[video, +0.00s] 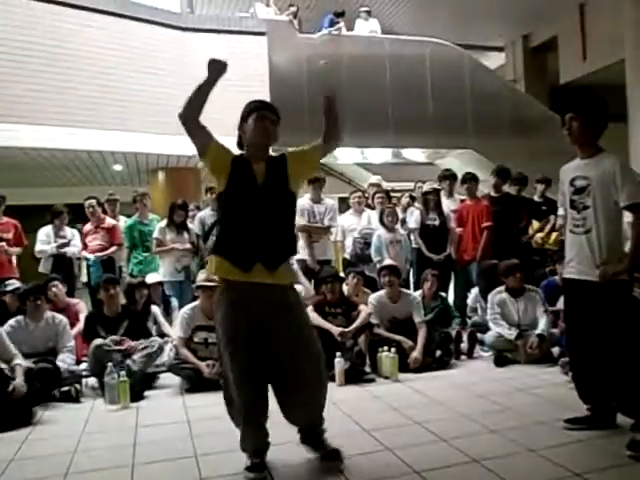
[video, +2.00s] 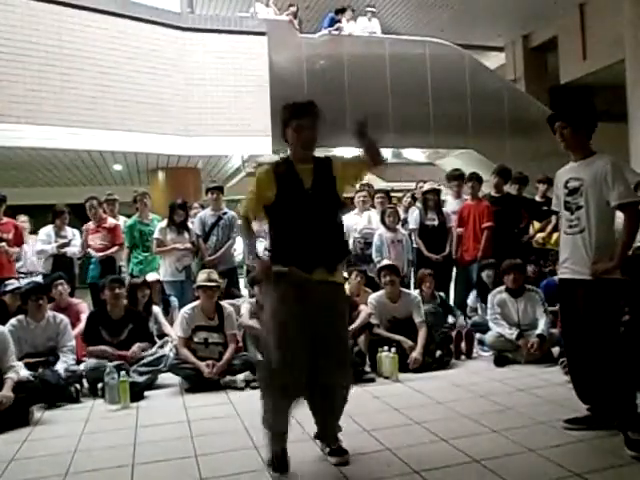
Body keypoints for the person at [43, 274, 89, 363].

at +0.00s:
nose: (53, 290)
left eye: (55, 286)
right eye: (49, 289)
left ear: (64, 287)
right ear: (47, 294)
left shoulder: (77, 304)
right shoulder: (48, 309)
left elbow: (82, 322)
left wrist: (70, 335)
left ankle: (83, 357)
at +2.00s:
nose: (60, 289)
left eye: (62, 285)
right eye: (56, 287)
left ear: (69, 289)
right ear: (51, 293)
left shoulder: (80, 305)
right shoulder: (49, 309)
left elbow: (83, 322)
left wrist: (71, 335)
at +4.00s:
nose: (62, 292)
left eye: (65, 287)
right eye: (58, 290)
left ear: (70, 290)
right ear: (53, 295)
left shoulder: (81, 306)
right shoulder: (51, 311)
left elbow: (88, 324)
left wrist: (72, 337)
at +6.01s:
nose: (65, 293)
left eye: (67, 288)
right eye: (60, 291)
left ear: (73, 291)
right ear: (56, 296)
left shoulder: (83, 307)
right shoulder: (53, 312)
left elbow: (90, 325)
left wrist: (74, 338)